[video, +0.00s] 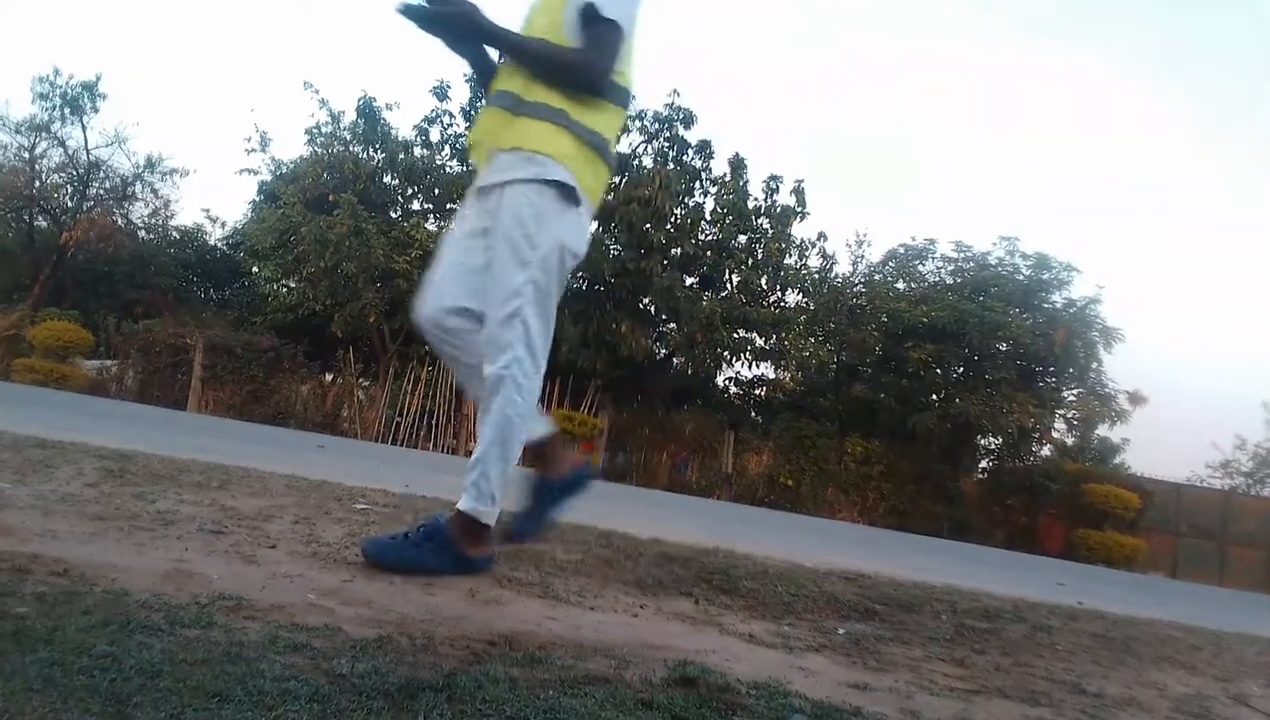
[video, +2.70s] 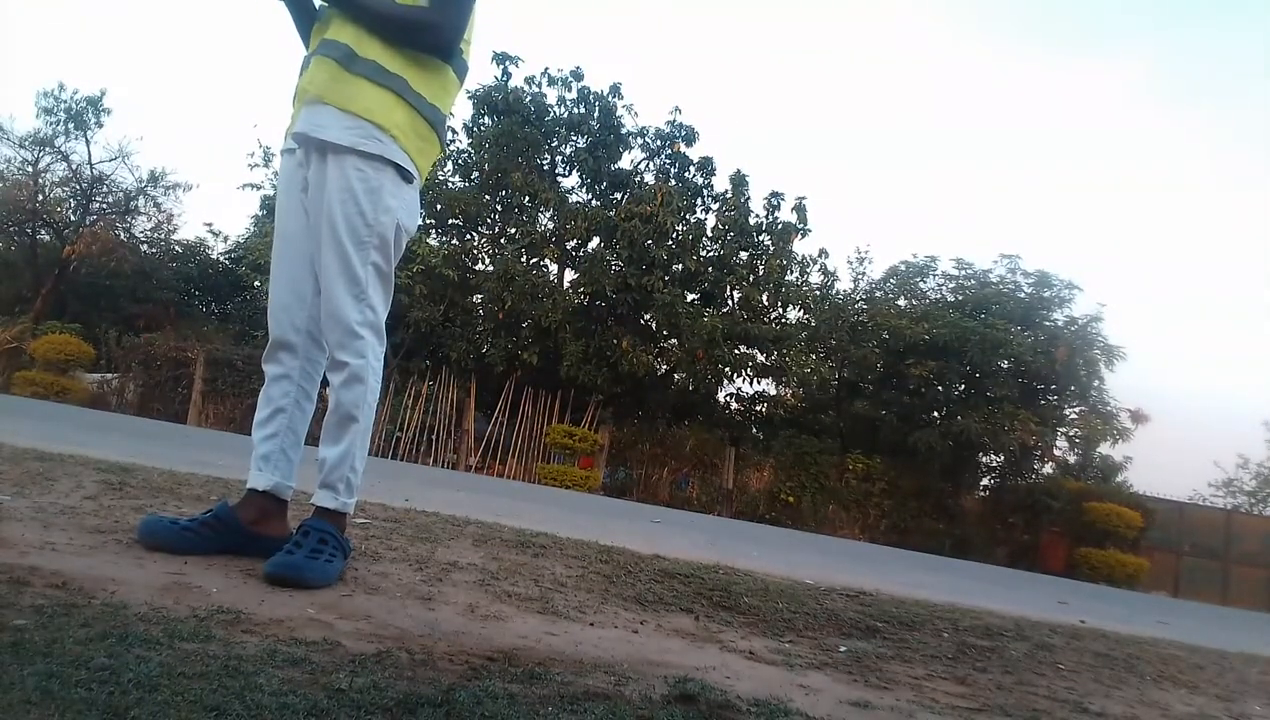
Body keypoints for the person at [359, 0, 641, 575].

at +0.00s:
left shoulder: (604, 3)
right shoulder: (547, 20)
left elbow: (593, 73)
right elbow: (514, 107)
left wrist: (488, 29)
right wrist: (469, 48)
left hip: (548, 178)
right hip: (493, 178)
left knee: (515, 344)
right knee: (442, 311)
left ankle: (472, 526)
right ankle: (556, 456)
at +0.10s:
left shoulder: (583, 3)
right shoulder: (521, 17)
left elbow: (571, 74)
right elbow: (494, 102)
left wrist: (461, 38)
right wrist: (456, 35)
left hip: (530, 182)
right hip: (471, 180)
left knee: (503, 353)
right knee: (403, 305)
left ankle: (470, 536)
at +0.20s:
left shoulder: (561, 3)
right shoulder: (500, 15)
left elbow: (548, 86)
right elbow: (475, 110)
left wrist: (443, 47)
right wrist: (434, 48)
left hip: (515, 200)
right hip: (454, 198)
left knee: (493, 370)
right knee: (384, 326)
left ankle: (468, 555)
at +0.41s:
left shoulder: (508, 6)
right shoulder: (432, 17)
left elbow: (513, 67)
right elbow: (408, 94)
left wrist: (392, 32)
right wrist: (366, 37)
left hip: (454, 173)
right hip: (389, 174)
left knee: (447, 353)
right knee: (338, 347)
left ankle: (465, 541)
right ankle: (264, 513)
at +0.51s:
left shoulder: (480, 5)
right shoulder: (401, 18)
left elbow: (487, 59)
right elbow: (380, 91)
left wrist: (370, 18)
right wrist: (335, 32)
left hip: (425, 157)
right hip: (358, 161)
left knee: (397, 327)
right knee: (318, 342)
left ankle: (459, 529)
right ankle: (263, 512)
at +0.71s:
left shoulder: (456, 4)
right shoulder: (364, 10)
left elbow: (451, 46)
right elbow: (330, 73)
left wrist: (354, 5)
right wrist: (311, 9)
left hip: (393, 132)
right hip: (327, 132)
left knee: (337, 300)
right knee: (301, 331)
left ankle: (391, 509)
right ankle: (264, 512)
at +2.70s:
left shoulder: (447, 9)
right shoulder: (338, 21)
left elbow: (440, 30)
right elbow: (322, 38)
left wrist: (347, 0)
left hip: (378, 134)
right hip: (307, 129)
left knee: (353, 337)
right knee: (290, 333)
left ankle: (328, 523)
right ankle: (262, 508)